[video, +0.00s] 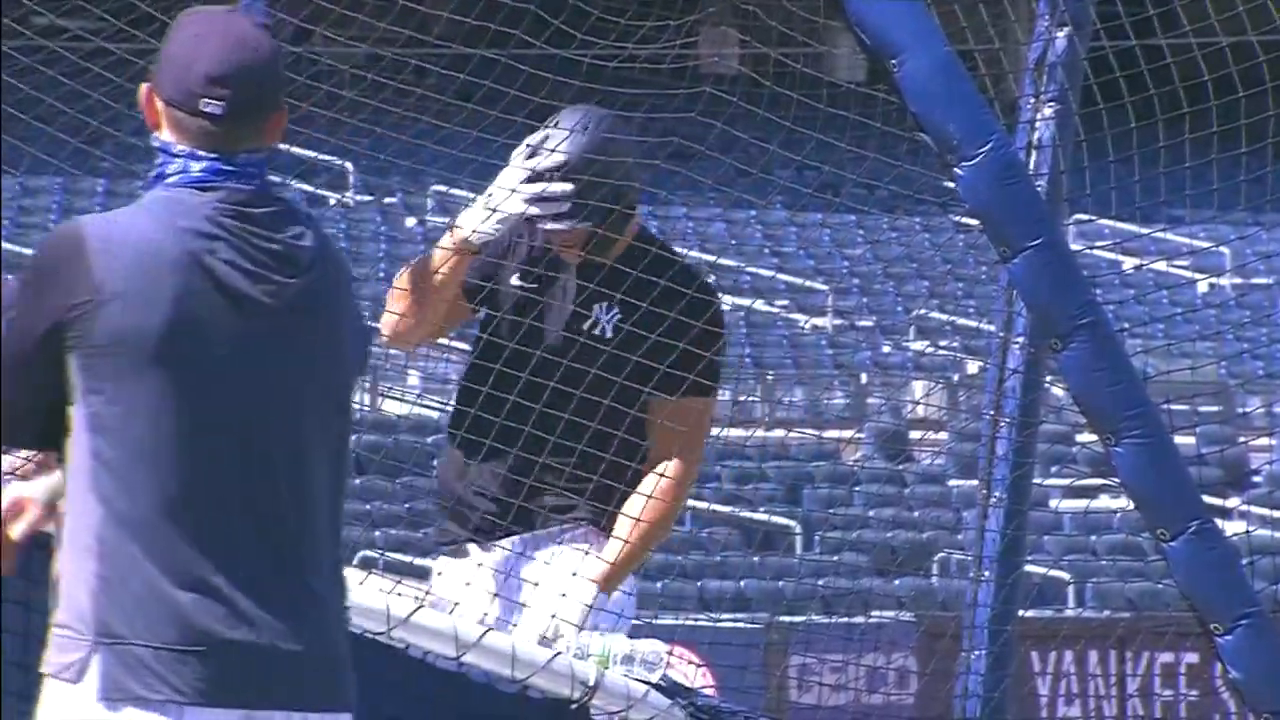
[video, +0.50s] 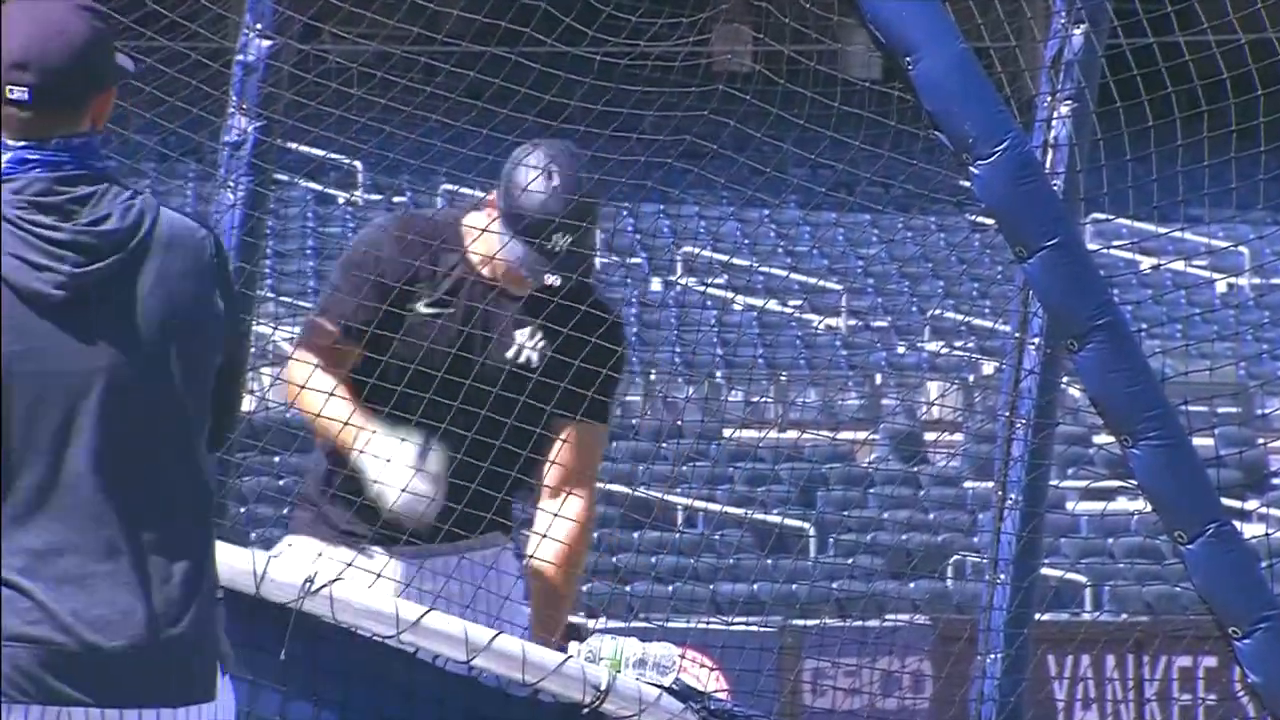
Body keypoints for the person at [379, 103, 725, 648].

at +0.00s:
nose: (552, 231)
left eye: (567, 216)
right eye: (543, 213)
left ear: (615, 207)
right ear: (526, 200)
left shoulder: (678, 298)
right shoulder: (516, 248)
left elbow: (673, 460)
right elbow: (398, 328)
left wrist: (594, 585)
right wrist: (485, 218)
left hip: (577, 543)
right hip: (471, 532)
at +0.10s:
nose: (562, 244)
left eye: (577, 231)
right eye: (551, 225)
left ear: (620, 216)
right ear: (530, 205)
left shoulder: (671, 299)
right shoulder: (506, 246)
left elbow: (657, 469)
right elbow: (396, 323)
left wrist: (588, 606)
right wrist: (487, 218)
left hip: (556, 542)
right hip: (451, 527)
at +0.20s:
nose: (555, 244)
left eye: (574, 233)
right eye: (545, 227)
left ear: (614, 217)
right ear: (528, 200)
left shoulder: (660, 304)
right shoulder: (482, 238)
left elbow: (639, 481)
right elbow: (381, 330)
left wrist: (581, 617)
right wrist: (475, 233)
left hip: (544, 548)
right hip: (426, 537)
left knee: (535, 702)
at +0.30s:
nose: (561, 251)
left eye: (580, 237)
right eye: (548, 228)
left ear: (613, 219)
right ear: (523, 196)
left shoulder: (643, 303)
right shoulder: (465, 224)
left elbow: (622, 468)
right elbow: (360, 344)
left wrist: (579, 613)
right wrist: (454, 266)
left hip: (534, 553)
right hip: (406, 538)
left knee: (515, 709)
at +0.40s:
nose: (547, 266)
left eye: (567, 256)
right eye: (535, 246)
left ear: (601, 234)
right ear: (510, 195)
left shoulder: (622, 315)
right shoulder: (442, 228)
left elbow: (597, 478)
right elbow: (336, 358)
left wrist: (551, 631)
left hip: (511, 556)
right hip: (379, 540)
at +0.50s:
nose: (524, 276)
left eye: (545, 267)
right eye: (518, 256)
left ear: (576, 244)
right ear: (493, 206)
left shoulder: (588, 327)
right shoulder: (400, 248)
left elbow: (566, 490)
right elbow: (307, 368)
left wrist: (540, 651)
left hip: (476, 564)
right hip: (342, 548)